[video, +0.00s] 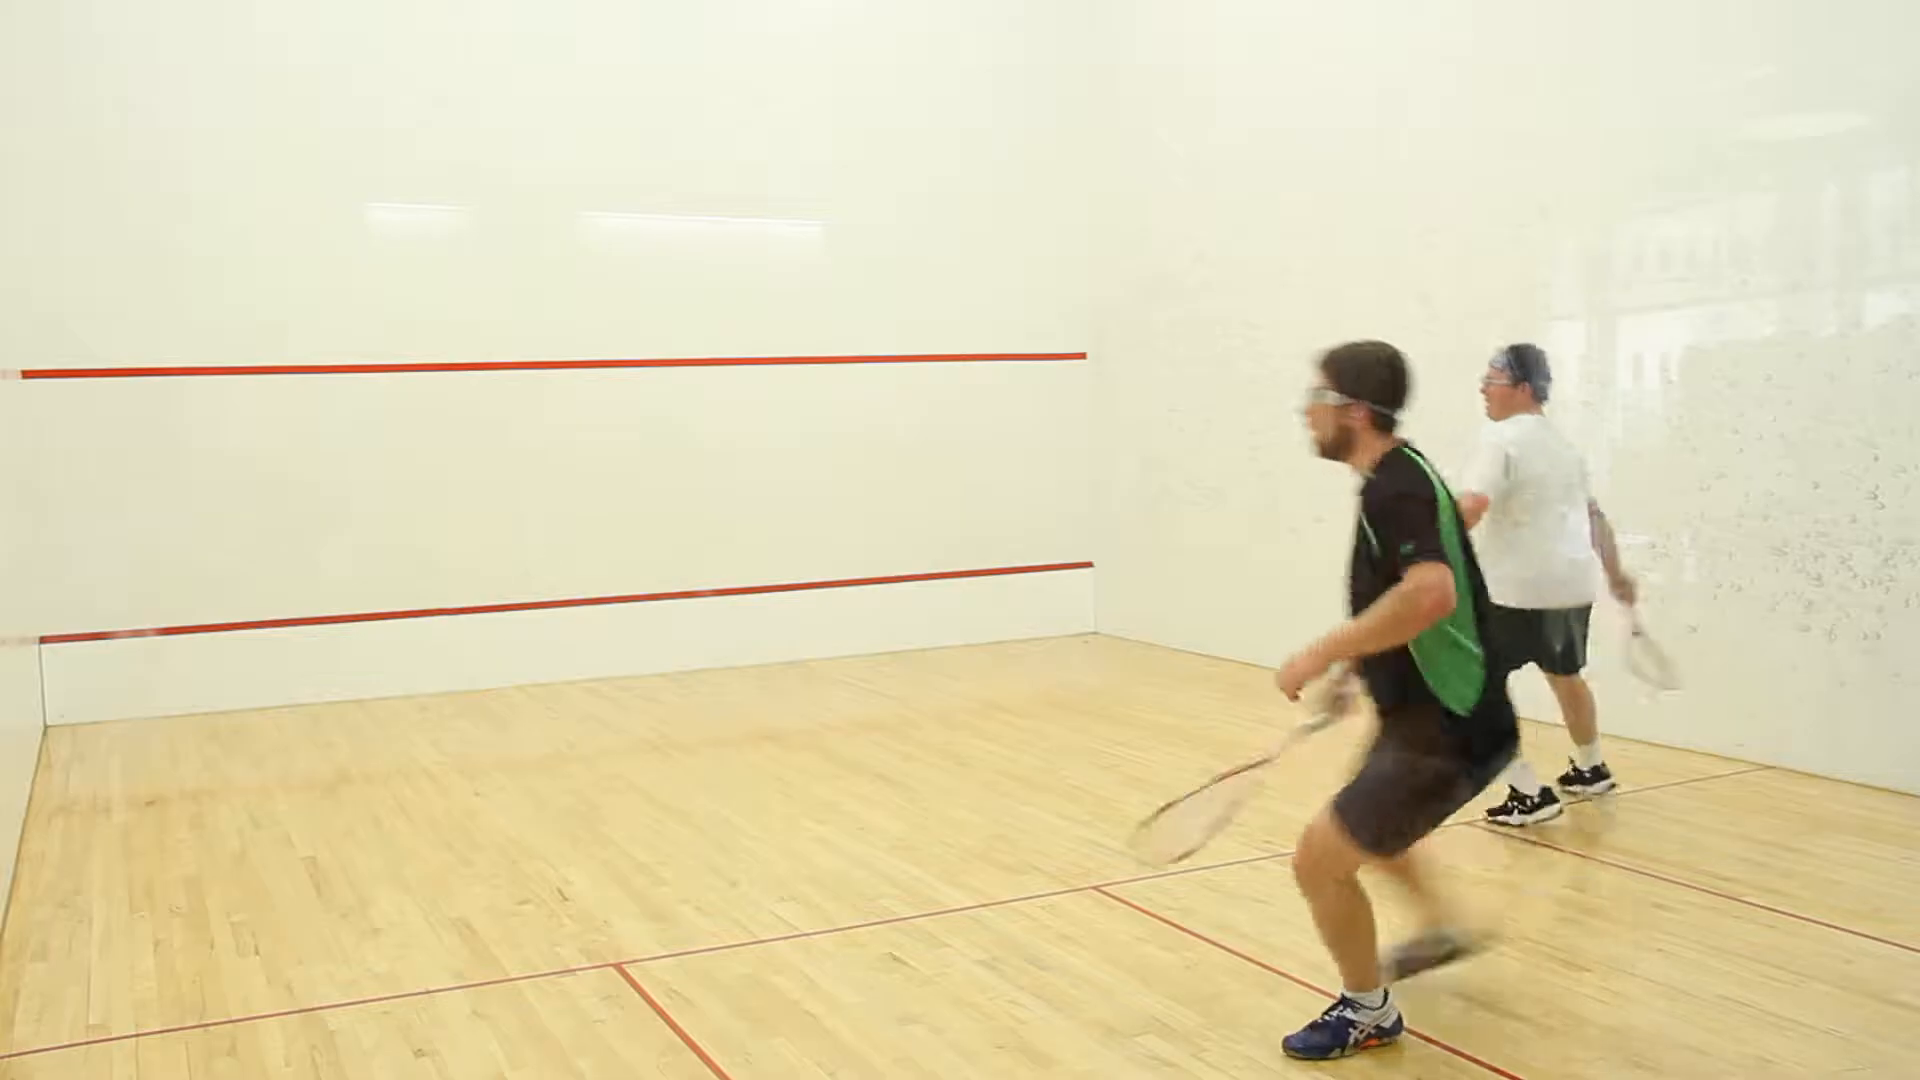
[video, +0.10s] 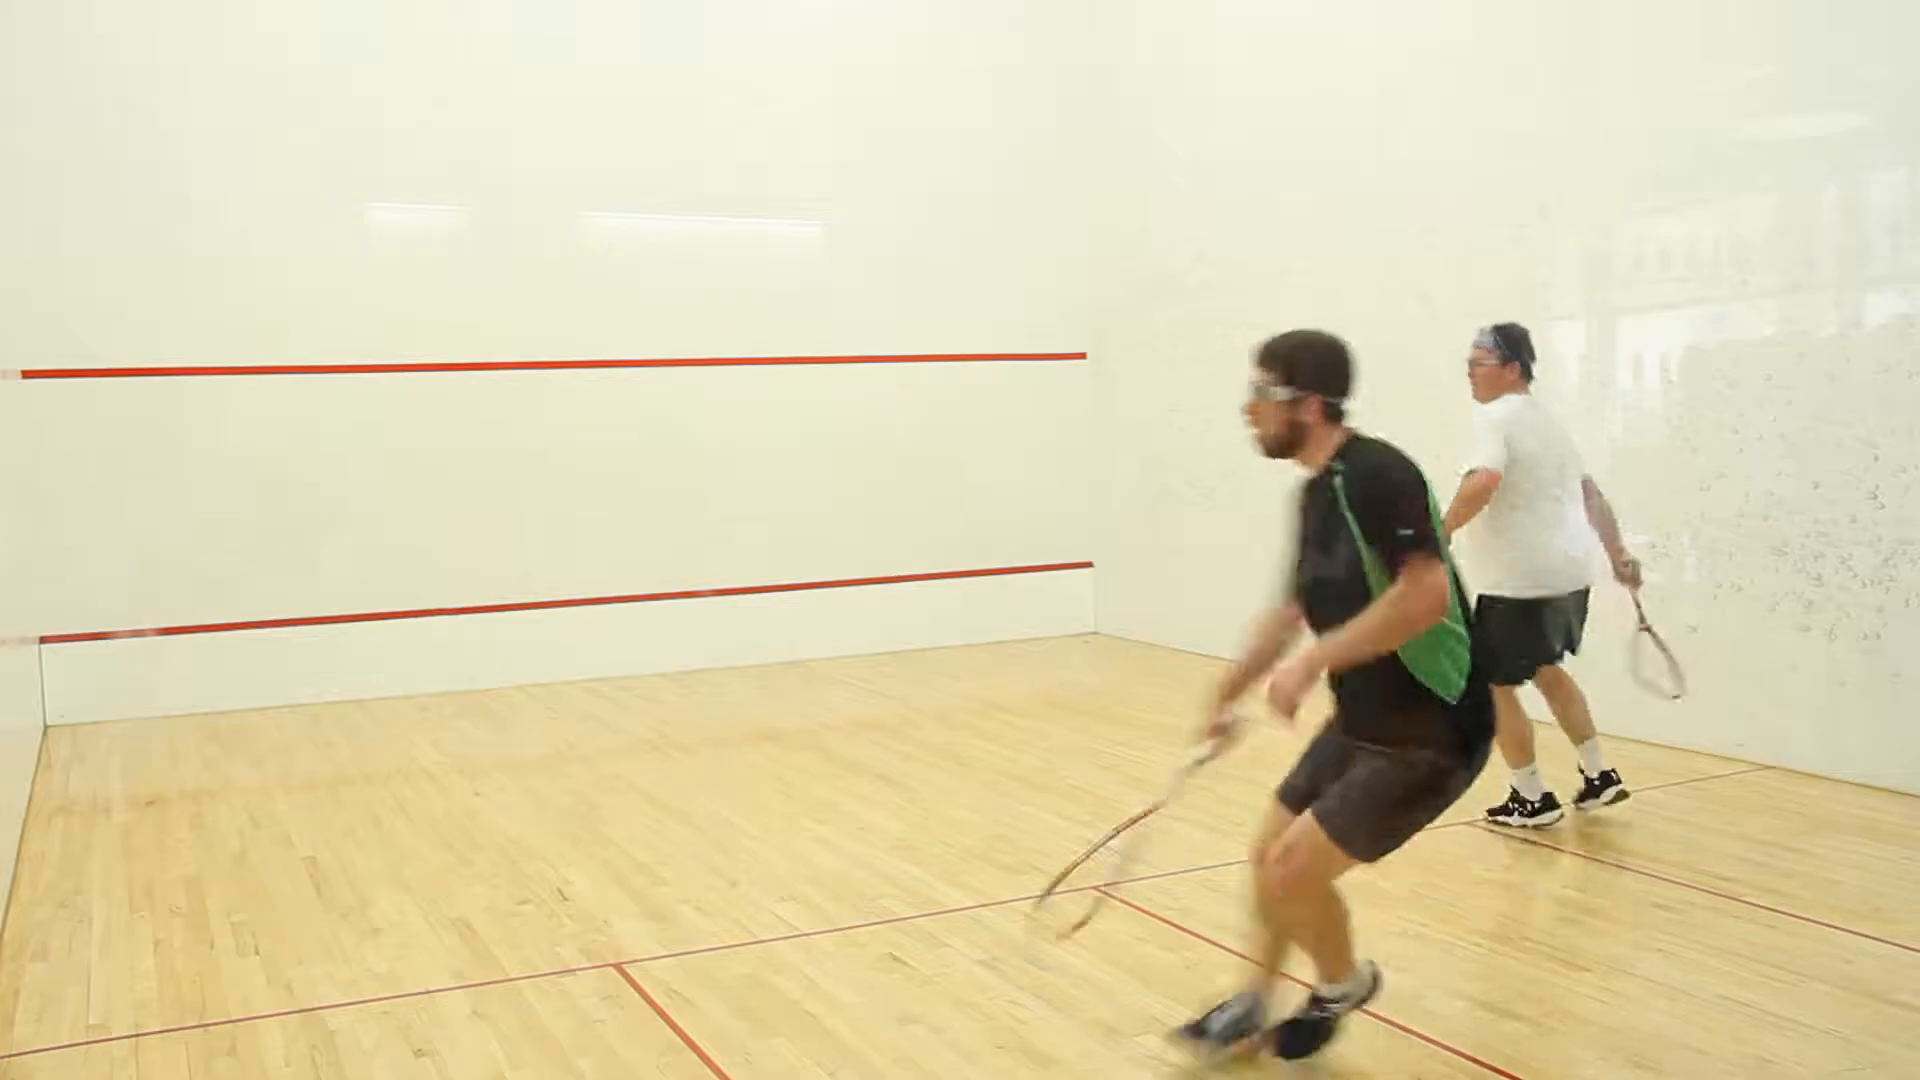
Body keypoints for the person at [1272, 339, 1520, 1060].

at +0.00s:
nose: (1308, 413)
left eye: (1319, 400)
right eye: (1312, 399)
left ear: (1357, 413)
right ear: (1367, 414)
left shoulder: (1398, 482)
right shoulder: (1397, 476)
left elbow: (1432, 591)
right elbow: (1414, 598)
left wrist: (1323, 652)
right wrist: (1359, 665)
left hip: (1452, 729)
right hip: (1423, 713)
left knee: (1319, 860)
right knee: (1369, 820)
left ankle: (1367, 1007)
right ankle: (1442, 927)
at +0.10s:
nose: (1248, 408)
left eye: (1262, 394)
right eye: (1252, 393)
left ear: (1311, 406)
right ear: (1303, 407)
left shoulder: (1377, 471)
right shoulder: (1318, 495)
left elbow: (1427, 594)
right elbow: (1295, 608)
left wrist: (1314, 659)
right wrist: (1234, 685)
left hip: (1432, 734)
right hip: (1363, 717)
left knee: (1291, 870)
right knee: (1270, 855)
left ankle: (1347, 983)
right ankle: (1259, 1000)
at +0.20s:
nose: (1204, 429)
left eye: (1219, 414)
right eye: (1207, 412)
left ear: (1275, 422)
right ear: (1262, 425)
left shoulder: (1369, 500)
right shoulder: (1242, 526)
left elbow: (1443, 627)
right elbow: (1193, 637)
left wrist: (1341, 716)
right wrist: (1131, 733)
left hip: (1398, 740)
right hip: (1302, 730)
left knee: (1265, 895)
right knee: (1224, 900)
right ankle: (1203, 1049)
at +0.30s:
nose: (1173, 447)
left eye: (1190, 431)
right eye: (1176, 428)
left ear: (1253, 441)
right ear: (1237, 444)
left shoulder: (1365, 523)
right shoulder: (1188, 545)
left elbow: (1477, 630)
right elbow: (1158, 662)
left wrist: (1414, 723)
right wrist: (1198, 683)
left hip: (1348, 796)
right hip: (1243, 793)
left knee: (1264, 953)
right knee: (1185, 976)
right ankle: (1207, 1044)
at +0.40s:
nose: (1146, 474)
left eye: (1163, 456)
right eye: (1148, 455)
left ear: (1230, 464)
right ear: (1223, 466)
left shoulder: (1359, 541)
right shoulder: (1162, 560)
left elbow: (1476, 634)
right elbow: (1187, 672)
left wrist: (1464, 720)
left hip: (1324, 847)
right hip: (1211, 834)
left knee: (1253, 1060)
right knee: (1167, 997)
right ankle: (1189, 1029)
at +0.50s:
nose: (1126, 538)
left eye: (1147, 518)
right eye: (1129, 517)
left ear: (1220, 527)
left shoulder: (1336, 615)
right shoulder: (1139, 625)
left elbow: (1434, 709)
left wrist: (1450, 837)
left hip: (1303, 928)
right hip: (1179, 928)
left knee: (1262, 1065)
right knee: (1143, 1067)